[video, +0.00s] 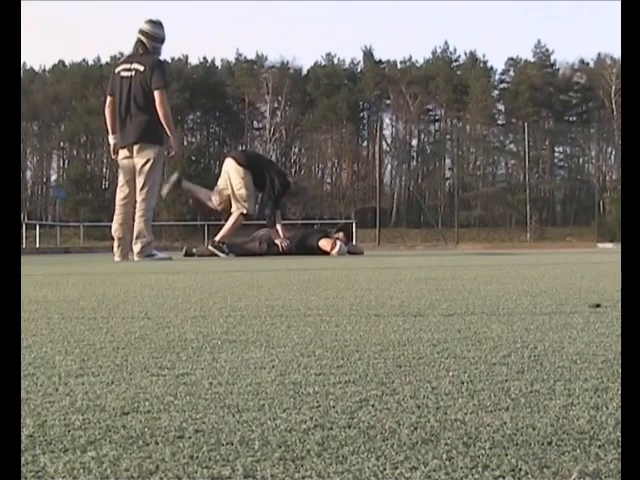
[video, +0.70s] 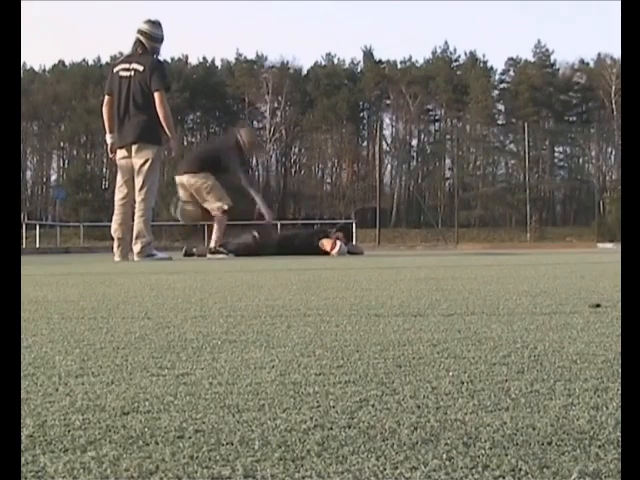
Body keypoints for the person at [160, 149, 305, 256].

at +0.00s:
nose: (286, 196)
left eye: (288, 194)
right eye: (288, 194)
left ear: (286, 182)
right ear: (288, 188)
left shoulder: (277, 180)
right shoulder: (277, 182)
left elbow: (277, 210)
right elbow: (268, 213)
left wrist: (282, 235)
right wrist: (277, 238)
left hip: (231, 161)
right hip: (239, 166)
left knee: (217, 203)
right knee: (241, 210)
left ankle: (182, 183)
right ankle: (218, 242)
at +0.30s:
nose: (293, 211)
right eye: (295, 208)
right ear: (289, 198)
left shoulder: (272, 186)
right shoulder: (275, 185)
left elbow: (271, 213)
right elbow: (265, 216)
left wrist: (280, 235)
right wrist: (279, 238)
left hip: (226, 165)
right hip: (234, 169)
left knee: (204, 202)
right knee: (240, 211)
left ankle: (168, 183)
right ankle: (217, 242)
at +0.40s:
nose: (277, 205)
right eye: (279, 203)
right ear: (278, 198)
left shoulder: (266, 189)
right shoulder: (267, 192)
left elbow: (267, 215)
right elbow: (261, 221)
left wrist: (279, 234)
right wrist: (276, 238)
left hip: (217, 170)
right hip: (226, 174)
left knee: (206, 214)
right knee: (238, 213)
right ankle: (216, 245)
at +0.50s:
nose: (262, 209)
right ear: (270, 199)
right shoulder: (261, 193)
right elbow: (263, 223)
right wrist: (272, 238)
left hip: (205, 173)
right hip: (218, 176)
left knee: (210, 218)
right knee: (233, 212)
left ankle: (176, 223)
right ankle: (216, 245)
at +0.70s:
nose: (250, 149)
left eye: (251, 146)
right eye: (249, 145)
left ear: (237, 137)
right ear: (243, 141)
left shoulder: (222, 143)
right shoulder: (232, 147)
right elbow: (245, 182)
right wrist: (263, 207)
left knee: (205, 214)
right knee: (221, 211)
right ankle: (214, 247)